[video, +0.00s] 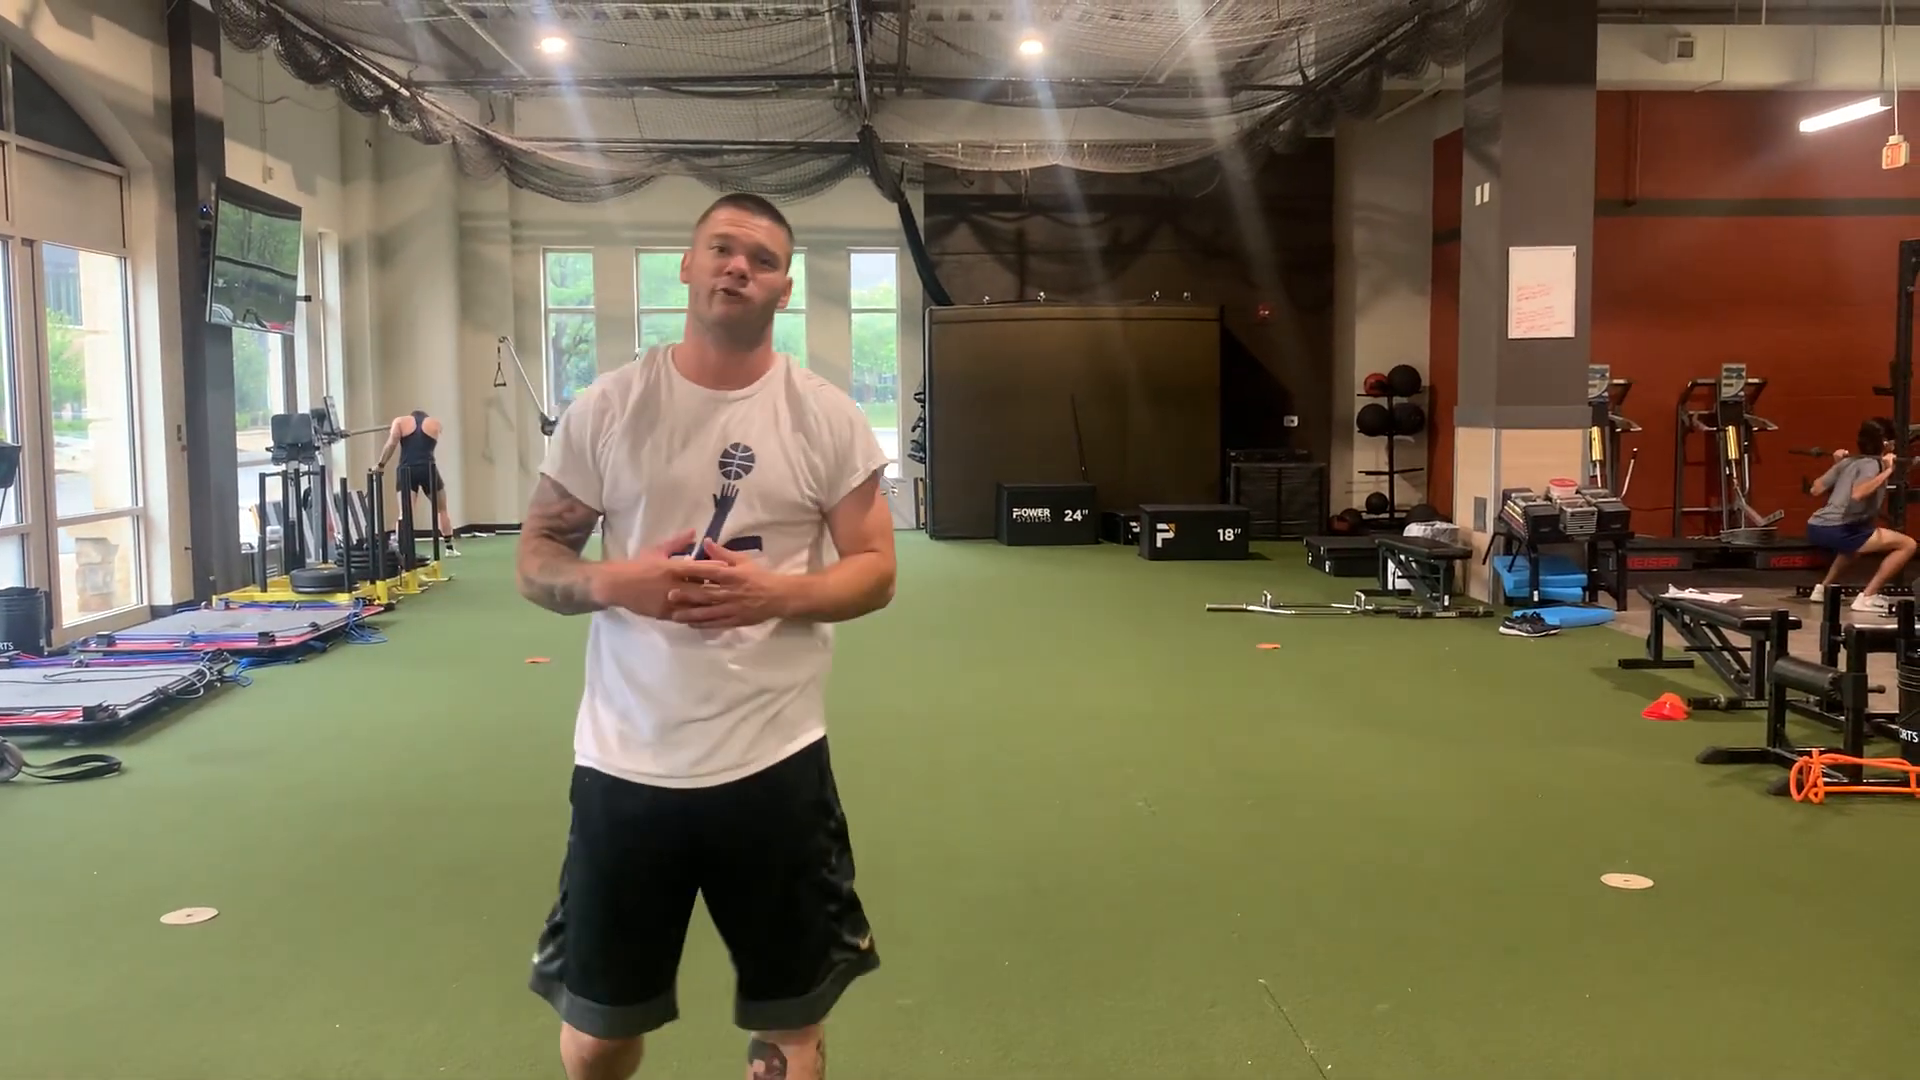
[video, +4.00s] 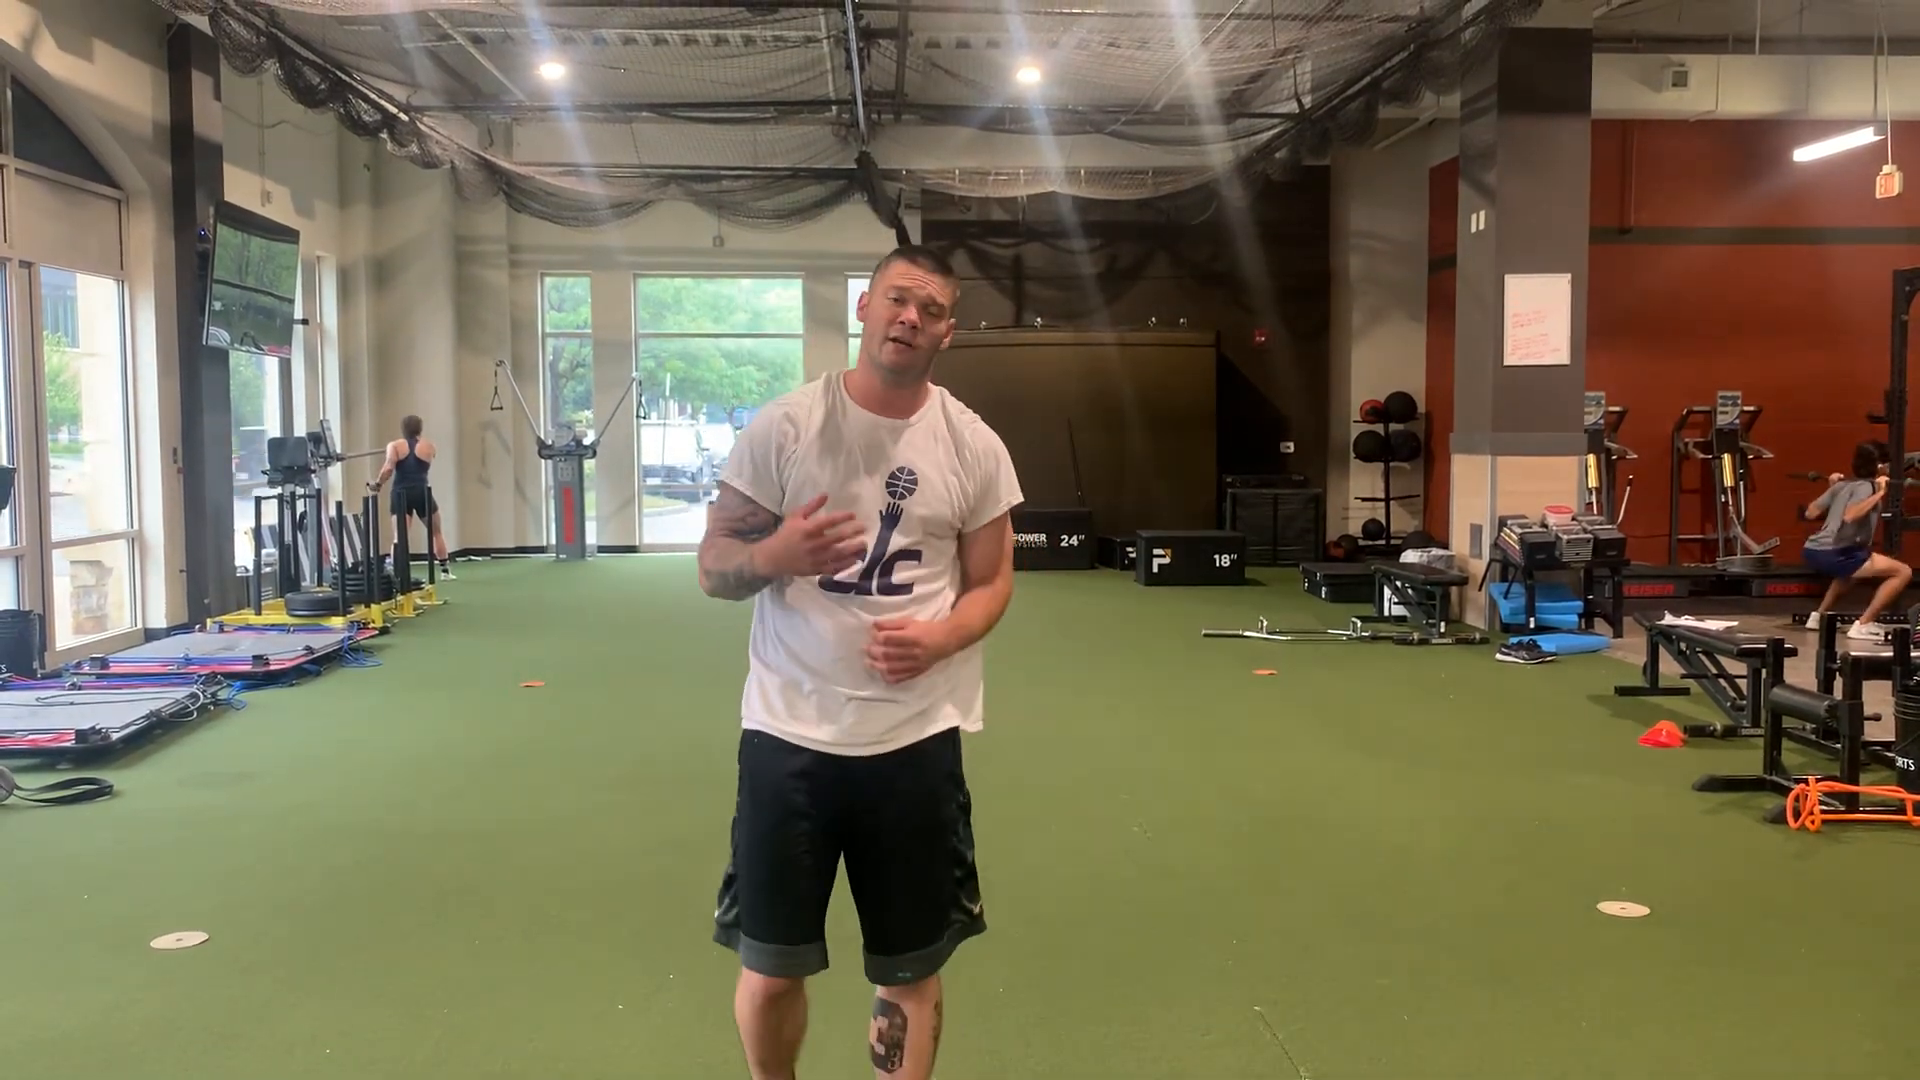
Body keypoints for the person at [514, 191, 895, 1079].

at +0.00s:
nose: (738, 266)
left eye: (762, 259)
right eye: (723, 248)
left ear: (784, 289)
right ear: (686, 265)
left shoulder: (826, 418)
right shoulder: (604, 410)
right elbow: (537, 566)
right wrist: (617, 582)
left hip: (774, 766)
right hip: (626, 768)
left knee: (791, 1029)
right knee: (594, 1044)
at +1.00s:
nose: (791, 257)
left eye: (812, 233)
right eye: (759, 236)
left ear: (842, 253)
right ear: (713, 263)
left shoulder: (910, 406)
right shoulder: (658, 435)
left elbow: (967, 565)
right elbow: (598, 651)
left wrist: (955, 618)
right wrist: (725, 759)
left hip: (900, 861)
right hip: (730, 873)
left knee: (927, 1065)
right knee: (698, 1067)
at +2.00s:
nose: (1036, 273)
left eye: (1065, 264)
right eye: (1018, 246)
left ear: (1088, 304)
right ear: (970, 263)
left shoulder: (1102, 468)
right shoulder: (847, 414)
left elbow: (1138, 649)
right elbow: (749, 587)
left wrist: (1142, 732)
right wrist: (786, 726)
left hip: (985, 867)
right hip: (814, 854)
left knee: (997, 1067)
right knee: (781, 1066)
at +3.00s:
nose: (813, 298)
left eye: (824, 274)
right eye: (784, 287)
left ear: (853, 286)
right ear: (752, 316)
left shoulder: (947, 421)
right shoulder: (722, 456)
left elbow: (1007, 565)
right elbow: (686, 634)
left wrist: (974, 615)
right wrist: (752, 721)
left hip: (934, 805)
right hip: (784, 818)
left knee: (949, 1060)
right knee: (779, 1061)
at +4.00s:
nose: (911, 316)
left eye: (931, 309)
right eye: (898, 298)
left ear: (947, 336)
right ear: (861, 311)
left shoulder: (975, 450)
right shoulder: (783, 427)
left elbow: (990, 583)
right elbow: (714, 567)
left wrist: (943, 636)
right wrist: (771, 556)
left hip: (917, 740)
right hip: (789, 737)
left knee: (910, 969)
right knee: (771, 967)